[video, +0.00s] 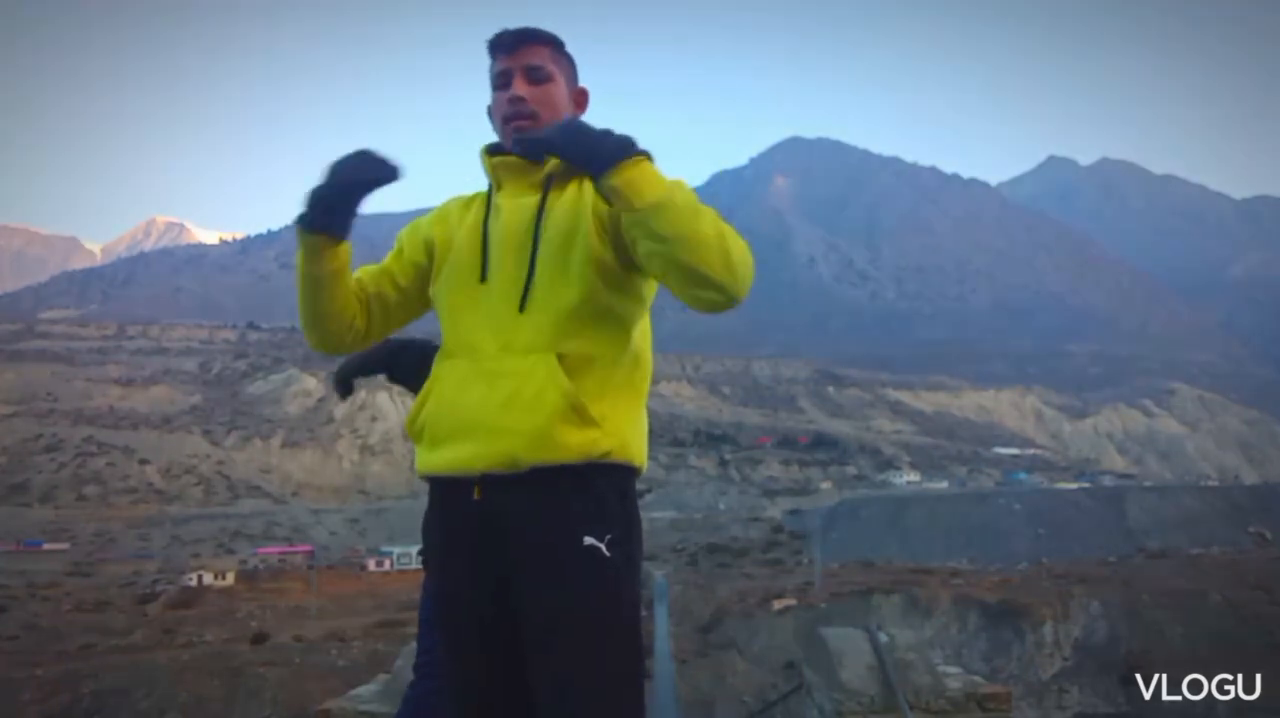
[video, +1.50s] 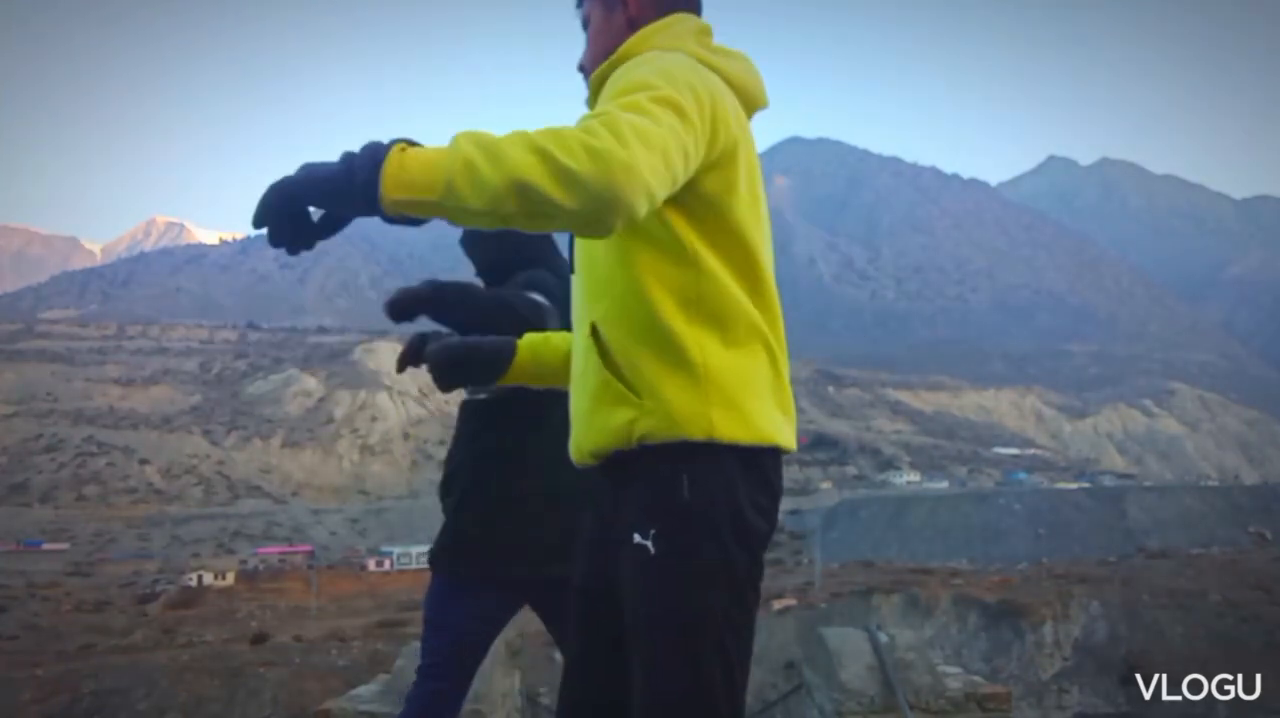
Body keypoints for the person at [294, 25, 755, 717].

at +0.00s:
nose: (516, 92)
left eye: (537, 77)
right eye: (502, 82)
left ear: (577, 98)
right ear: (489, 106)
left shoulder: (611, 196)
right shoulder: (449, 223)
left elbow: (725, 283)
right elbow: (337, 328)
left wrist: (622, 167)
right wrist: (325, 227)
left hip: (579, 498)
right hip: (460, 501)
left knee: (589, 697)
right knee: (458, 695)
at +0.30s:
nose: (487, 81)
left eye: (508, 63)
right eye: (472, 68)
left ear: (551, 76)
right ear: (458, 86)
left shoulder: (615, 169)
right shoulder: (446, 201)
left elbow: (723, 263)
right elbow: (456, 317)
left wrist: (803, 242)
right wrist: (351, 297)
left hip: (568, 474)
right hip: (456, 480)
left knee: (582, 694)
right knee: (467, 689)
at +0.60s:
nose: (520, 115)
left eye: (539, 97)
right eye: (505, 102)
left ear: (579, 102)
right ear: (493, 113)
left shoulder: (619, 183)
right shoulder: (463, 231)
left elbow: (669, 279)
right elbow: (364, 334)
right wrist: (298, 305)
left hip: (579, 492)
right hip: (466, 498)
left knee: (586, 695)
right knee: (477, 692)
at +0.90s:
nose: (493, 105)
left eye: (510, 85)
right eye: (483, 92)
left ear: (562, 83)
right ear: (475, 101)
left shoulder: (614, 168)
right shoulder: (471, 232)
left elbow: (752, 272)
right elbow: (424, 364)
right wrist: (311, 348)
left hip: (592, 482)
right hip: (478, 494)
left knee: (593, 692)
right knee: (501, 695)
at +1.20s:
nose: (497, 92)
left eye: (505, 66)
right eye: (496, 72)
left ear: (558, 56)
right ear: (555, 61)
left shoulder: (635, 131)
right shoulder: (541, 173)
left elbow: (776, 212)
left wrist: (780, 241)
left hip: (614, 478)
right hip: (533, 482)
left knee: (616, 694)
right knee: (529, 696)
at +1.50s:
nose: (580, 50)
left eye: (585, 20)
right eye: (581, 25)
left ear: (623, 11)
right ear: (647, 17)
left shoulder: (674, 78)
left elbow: (609, 177)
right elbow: (654, 350)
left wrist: (375, 176)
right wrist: (508, 359)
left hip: (694, 457)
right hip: (644, 457)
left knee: (679, 698)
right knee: (600, 696)